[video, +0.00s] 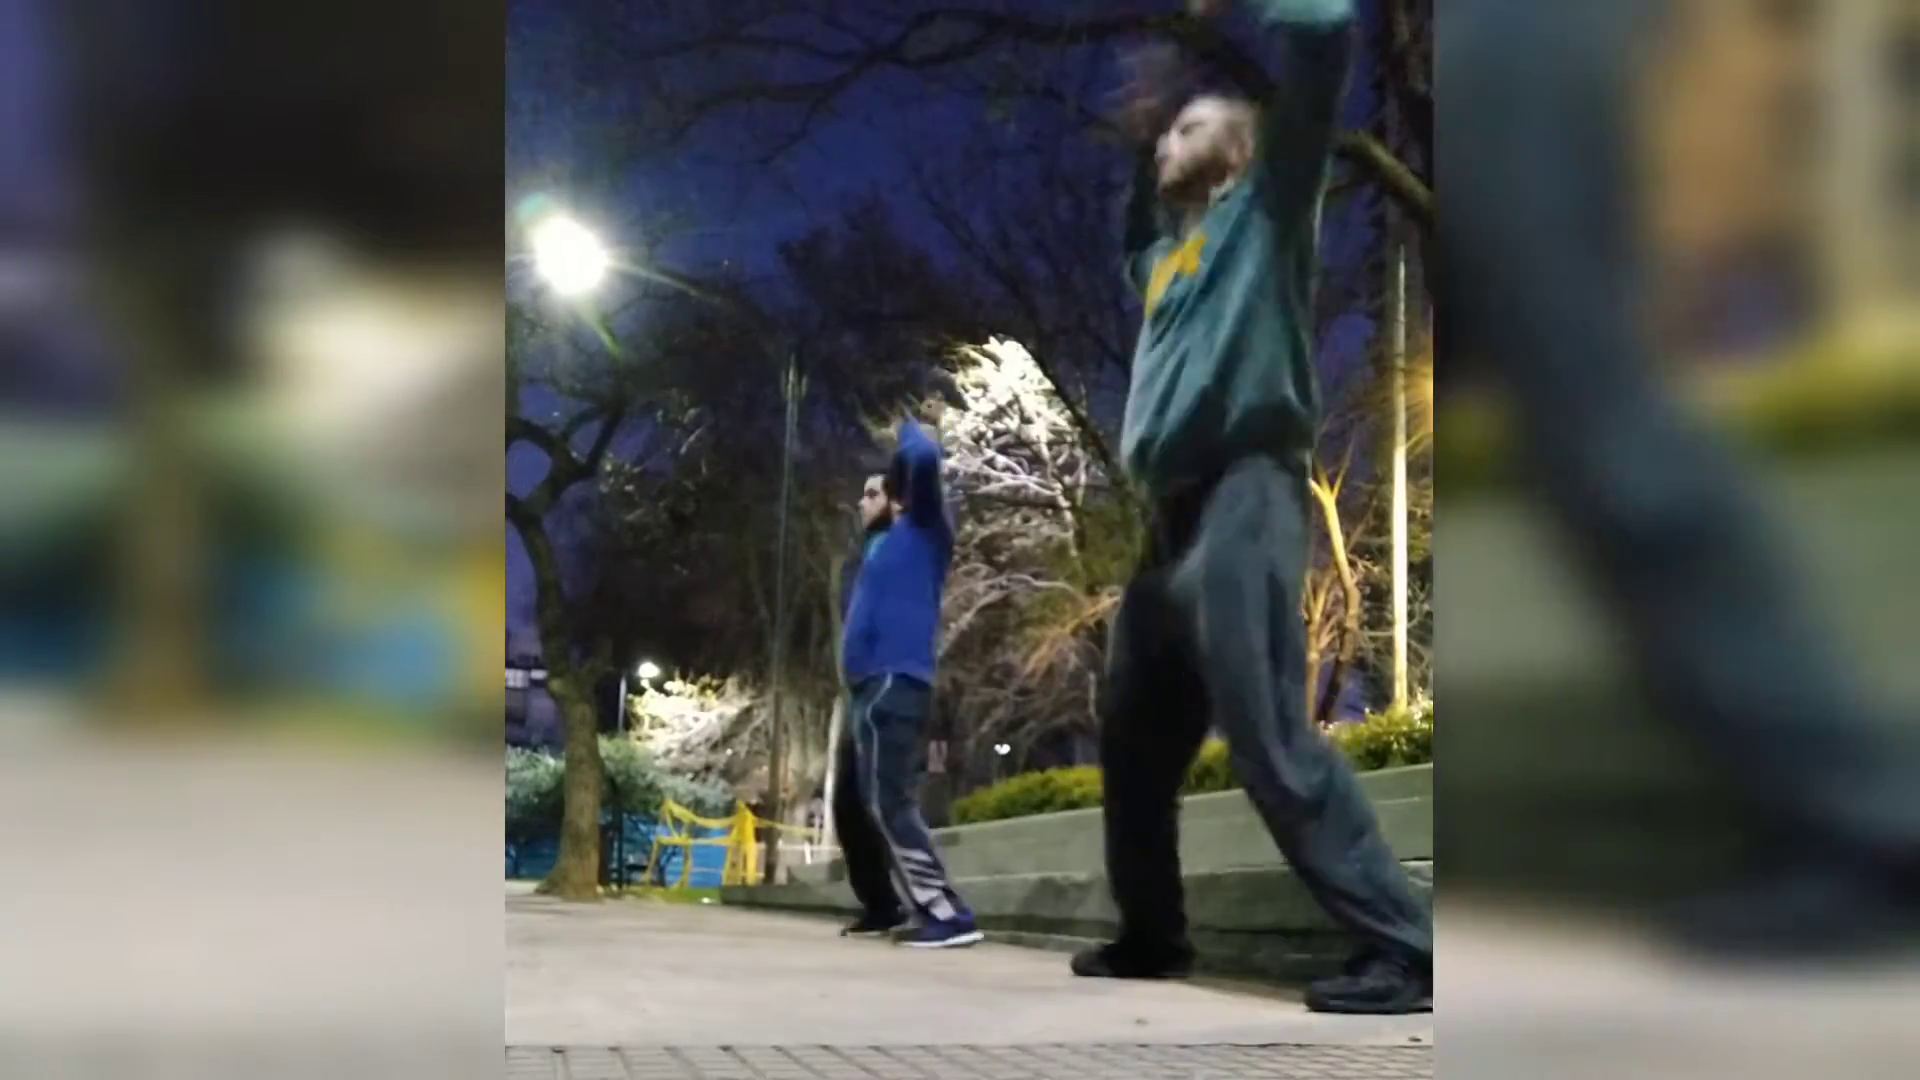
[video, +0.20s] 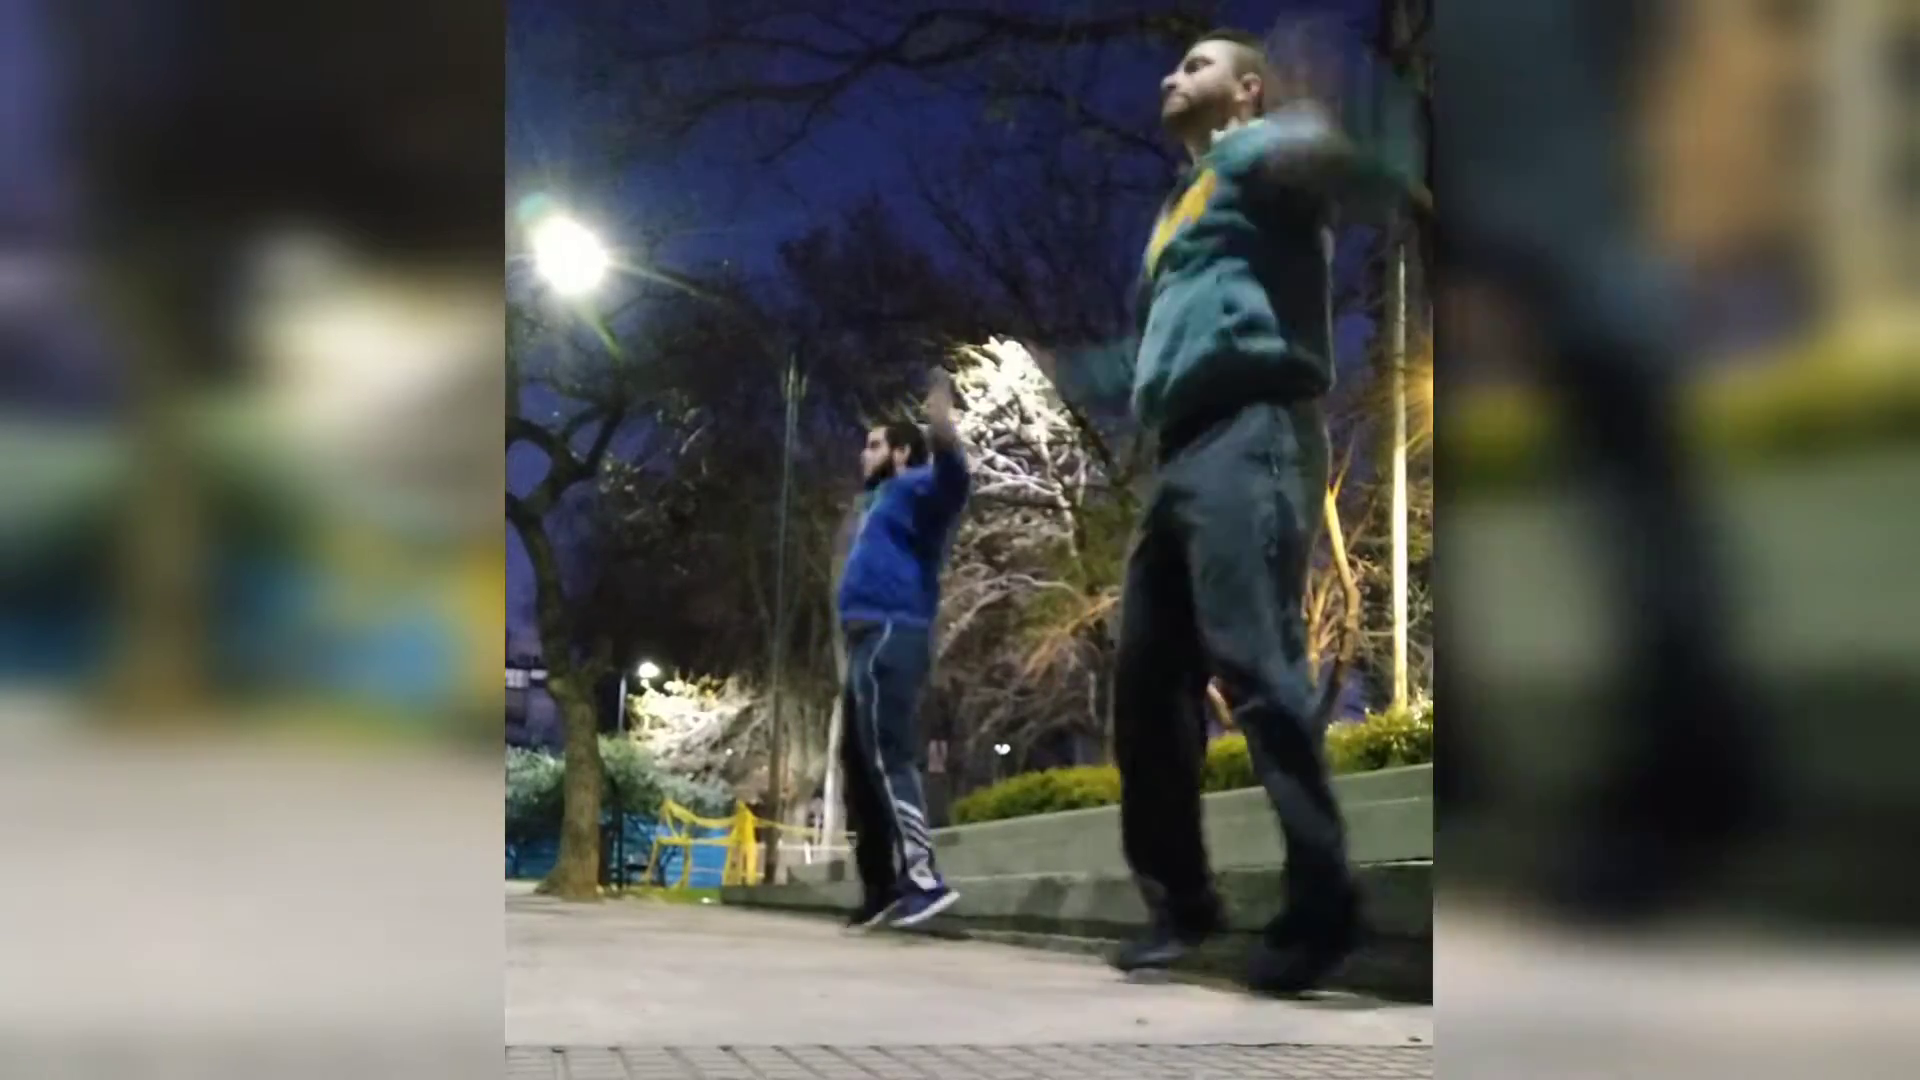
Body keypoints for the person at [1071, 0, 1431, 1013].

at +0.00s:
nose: (1173, 136)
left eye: (1194, 121)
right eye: (1171, 128)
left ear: (1240, 139)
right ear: (1179, 164)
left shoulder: (1271, 199)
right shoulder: (1161, 255)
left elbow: (1322, 36)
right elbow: (1137, 231)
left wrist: (1232, 18)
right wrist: (1154, 152)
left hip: (1249, 490)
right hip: (1174, 515)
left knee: (1267, 734)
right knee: (1135, 737)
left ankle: (1398, 950)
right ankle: (1150, 935)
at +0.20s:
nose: (1172, 79)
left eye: (1194, 64)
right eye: (1173, 69)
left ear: (1250, 87)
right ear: (1187, 100)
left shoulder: (1260, 150)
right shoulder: (1180, 211)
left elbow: (1314, 154)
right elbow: (1155, 356)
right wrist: (1050, 372)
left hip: (1250, 432)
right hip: (1180, 452)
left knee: (1258, 669)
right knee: (1147, 685)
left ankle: (1322, 913)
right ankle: (1182, 909)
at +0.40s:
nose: (1183, 122)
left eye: (1208, 112)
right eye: (1187, 114)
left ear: (1255, 144)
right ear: (1200, 154)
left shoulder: (1286, 222)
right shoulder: (1196, 251)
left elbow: (1345, 359)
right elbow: (1187, 389)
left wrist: (1275, 447)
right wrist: (1149, 496)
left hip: (1240, 519)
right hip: (1171, 531)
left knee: (1232, 734)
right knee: (1162, 739)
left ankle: (1299, 945)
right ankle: (1216, 941)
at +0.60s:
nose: (1202, 67)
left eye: (1227, 54)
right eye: (1202, 58)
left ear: (1282, 81)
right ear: (1211, 96)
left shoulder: (1293, 155)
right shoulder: (1200, 202)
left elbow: (1360, 100)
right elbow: (1165, 324)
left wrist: (1365, 3)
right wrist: (1072, 290)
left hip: (1266, 419)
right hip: (1196, 441)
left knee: (1289, 660)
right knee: (1182, 681)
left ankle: (1358, 918)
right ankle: (1182, 906)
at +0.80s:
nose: (1201, 155)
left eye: (1221, 139)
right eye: (1197, 145)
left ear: (1268, 155)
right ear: (1205, 174)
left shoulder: (1294, 216)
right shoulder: (1189, 260)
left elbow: (1335, 39)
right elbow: (1156, 233)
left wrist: (1261, 24)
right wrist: (1181, 138)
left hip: (1274, 512)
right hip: (1198, 532)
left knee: (1281, 725)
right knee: (1152, 752)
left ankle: (1418, 940)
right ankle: (1190, 938)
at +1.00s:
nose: (1197, 73)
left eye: (1221, 61)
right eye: (1201, 63)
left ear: (1275, 80)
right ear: (1221, 95)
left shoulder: (1297, 140)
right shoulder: (1200, 214)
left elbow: (1388, 81)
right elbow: (1162, 309)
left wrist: (1380, 4)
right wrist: (1071, 294)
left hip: (1268, 419)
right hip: (1192, 446)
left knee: (1292, 660)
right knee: (1176, 679)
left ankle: (1351, 900)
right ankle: (1188, 895)